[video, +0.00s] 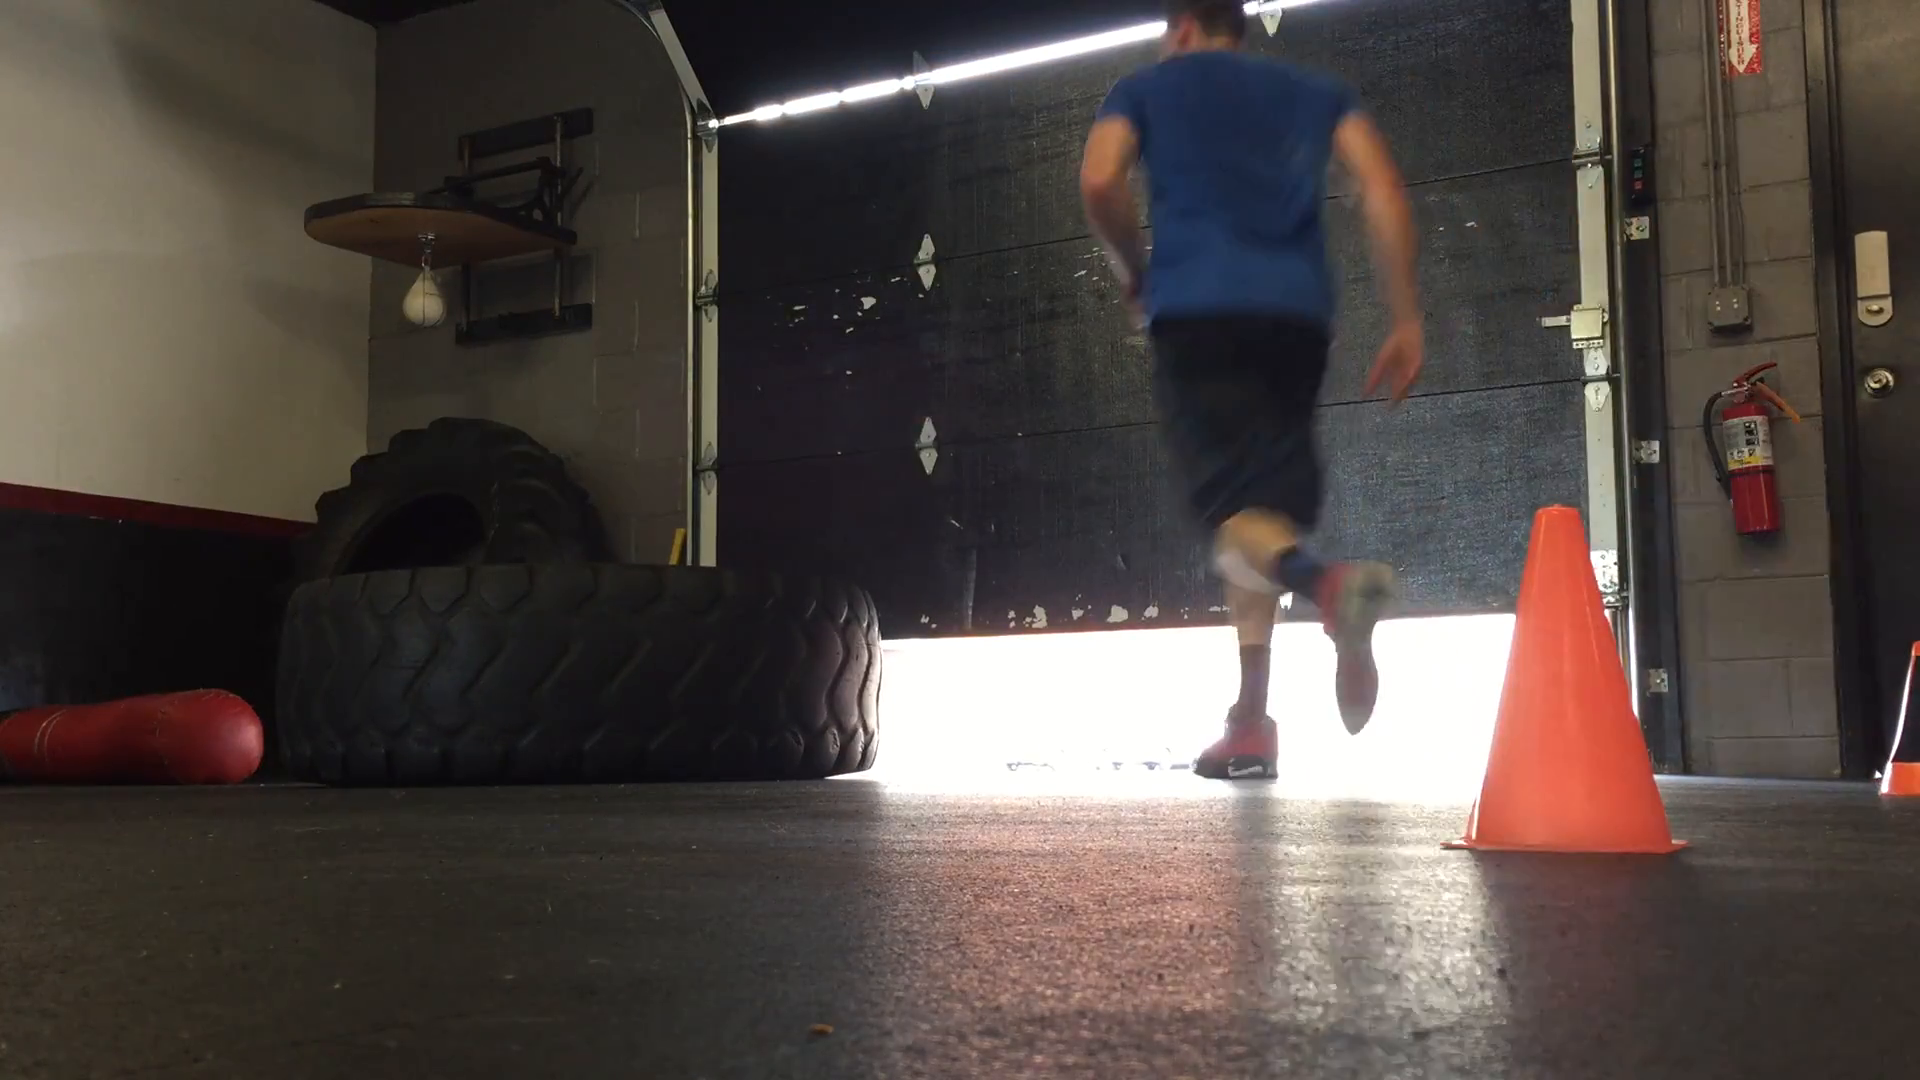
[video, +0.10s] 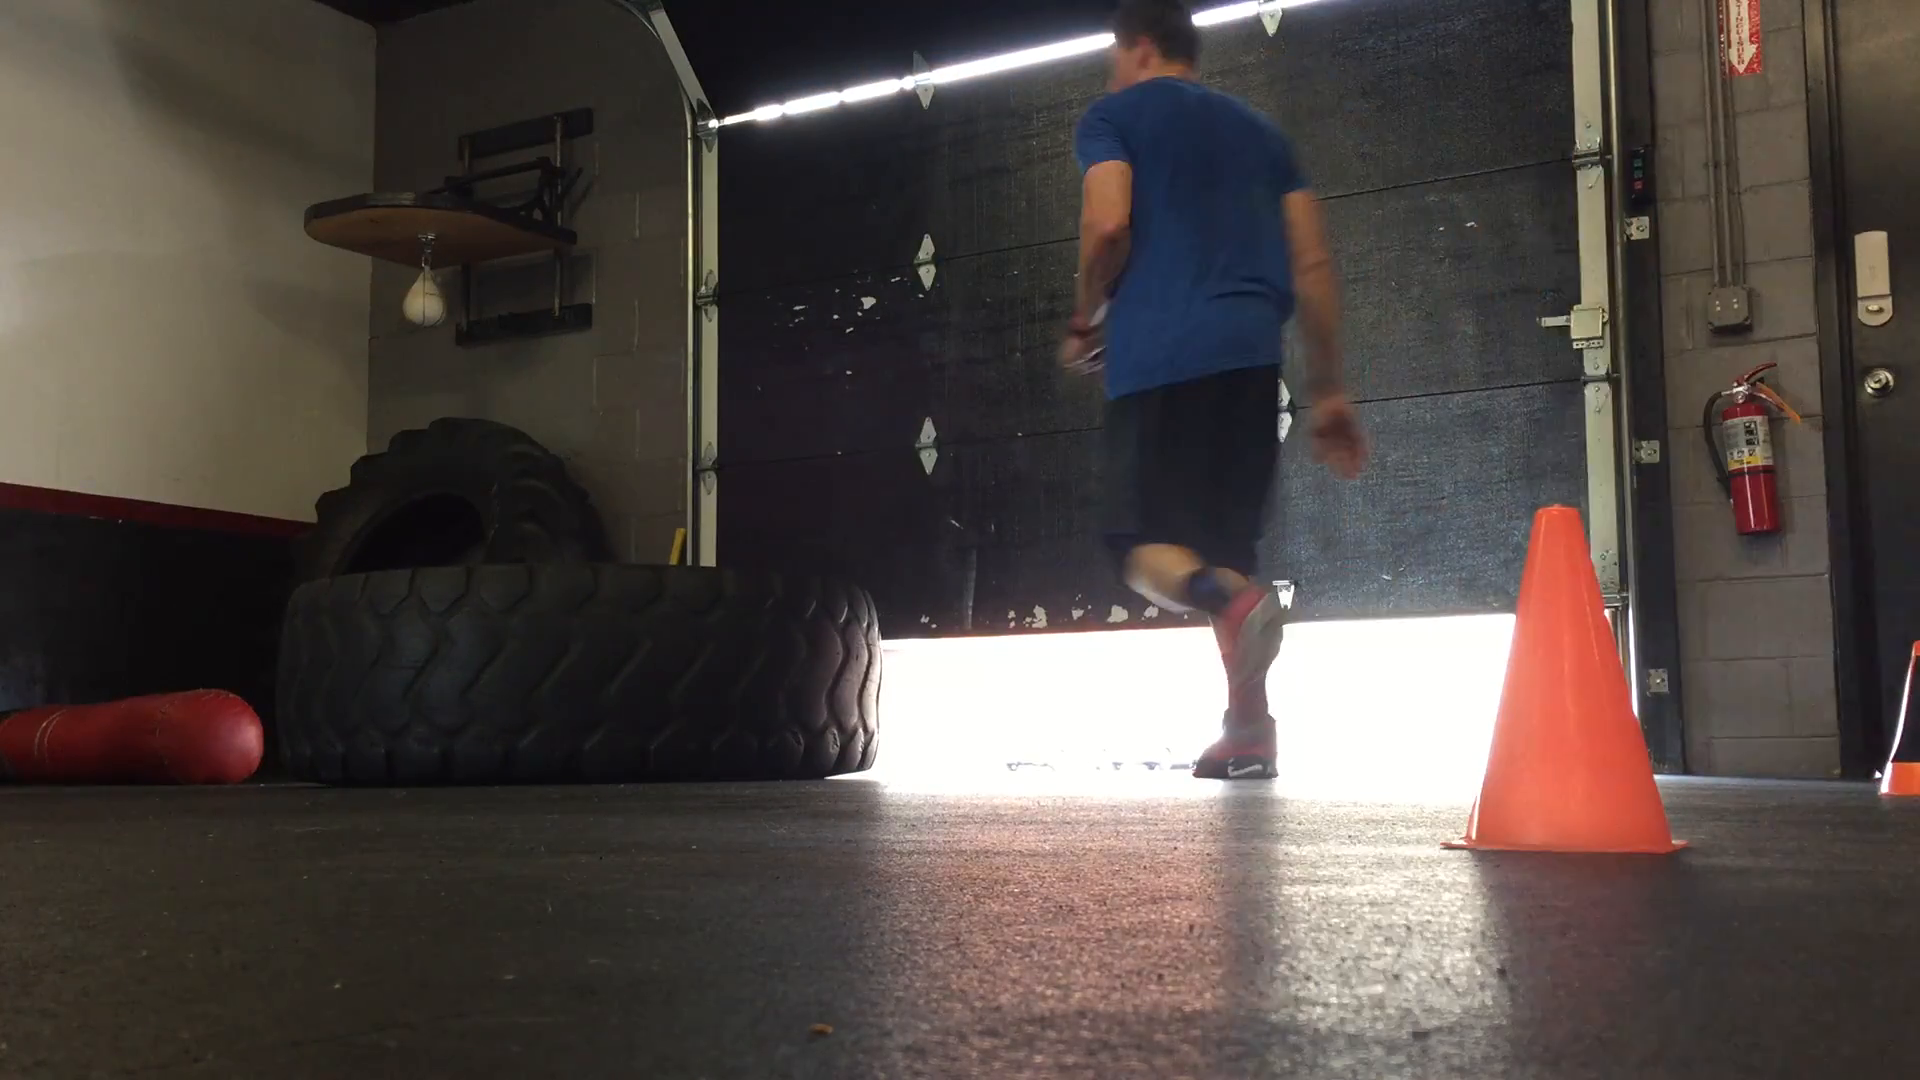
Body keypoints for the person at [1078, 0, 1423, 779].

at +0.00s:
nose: (1166, 43)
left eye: (1168, 32)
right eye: (1171, 32)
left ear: (1183, 30)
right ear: (1246, 30)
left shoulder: (1148, 83)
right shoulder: (1314, 86)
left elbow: (1099, 178)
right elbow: (1381, 185)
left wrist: (1134, 269)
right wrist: (1406, 319)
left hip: (1197, 314)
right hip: (1296, 315)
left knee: (1223, 508)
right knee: (1260, 506)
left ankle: (1327, 585)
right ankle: (1250, 721)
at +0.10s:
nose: (1115, 69)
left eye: (1118, 56)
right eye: (1118, 56)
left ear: (1139, 49)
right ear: (1190, 52)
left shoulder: (1114, 114)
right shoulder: (1260, 128)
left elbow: (1109, 225)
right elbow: (1312, 266)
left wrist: (1086, 314)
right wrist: (1330, 389)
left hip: (1163, 356)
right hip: (1255, 355)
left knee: (1135, 544)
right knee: (1231, 547)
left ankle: (1235, 596)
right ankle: (1248, 730)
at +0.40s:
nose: (979, 110)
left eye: (983, 91)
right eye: (976, 94)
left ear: (1019, 83)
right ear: (1048, 85)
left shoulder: (1011, 148)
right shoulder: (1118, 160)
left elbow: (1004, 234)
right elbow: (1147, 292)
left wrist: (933, 321)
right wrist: (1062, 313)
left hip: (1035, 393)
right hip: (1120, 392)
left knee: (1002, 559)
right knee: (1116, 546)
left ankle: (1045, 731)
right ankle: (1219, 648)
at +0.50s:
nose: (946, 127)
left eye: (950, 109)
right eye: (943, 112)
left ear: (990, 98)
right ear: (1001, 101)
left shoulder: (988, 168)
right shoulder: (1088, 179)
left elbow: (977, 288)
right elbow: (1099, 300)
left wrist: (898, 361)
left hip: (994, 408)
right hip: (1068, 408)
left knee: (980, 562)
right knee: (1049, 558)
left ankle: (1044, 730)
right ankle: (1150, 666)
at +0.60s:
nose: (913, 125)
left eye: (918, 108)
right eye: (910, 111)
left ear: (961, 97)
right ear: (972, 99)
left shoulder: (971, 169)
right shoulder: (1040, 175)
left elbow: (975, 289)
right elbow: (1029, 297)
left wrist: (891, 354)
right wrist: (930, 330)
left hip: (979, 395)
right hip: (1029, 395)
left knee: (967, 551)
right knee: (999, 553)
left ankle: (1040, 723)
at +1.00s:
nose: (825, 171)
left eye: (834, 157)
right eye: (819, 159)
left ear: (875, 144)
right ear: (820, 154)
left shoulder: (922, 217)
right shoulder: (828, 210)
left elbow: (948, 333)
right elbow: (829, 306)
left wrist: (853, 378)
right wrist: (797, 382)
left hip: (906, 405)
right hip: (847, 404)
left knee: (877, 541)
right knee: (830, 555)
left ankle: (962, 702)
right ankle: (887, 711)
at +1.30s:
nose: (748, 296)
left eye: (760, 282)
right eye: (740, 284)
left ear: (798, 276)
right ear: (731, 281)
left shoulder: (851, 334)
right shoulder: (738, 341)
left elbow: (841, 466)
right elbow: (747, 455)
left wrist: (823, 574)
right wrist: (738, 567)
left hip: (889, 458)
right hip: (805, 463)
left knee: (884, 558)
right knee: (733, 565)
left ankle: (913, 727)